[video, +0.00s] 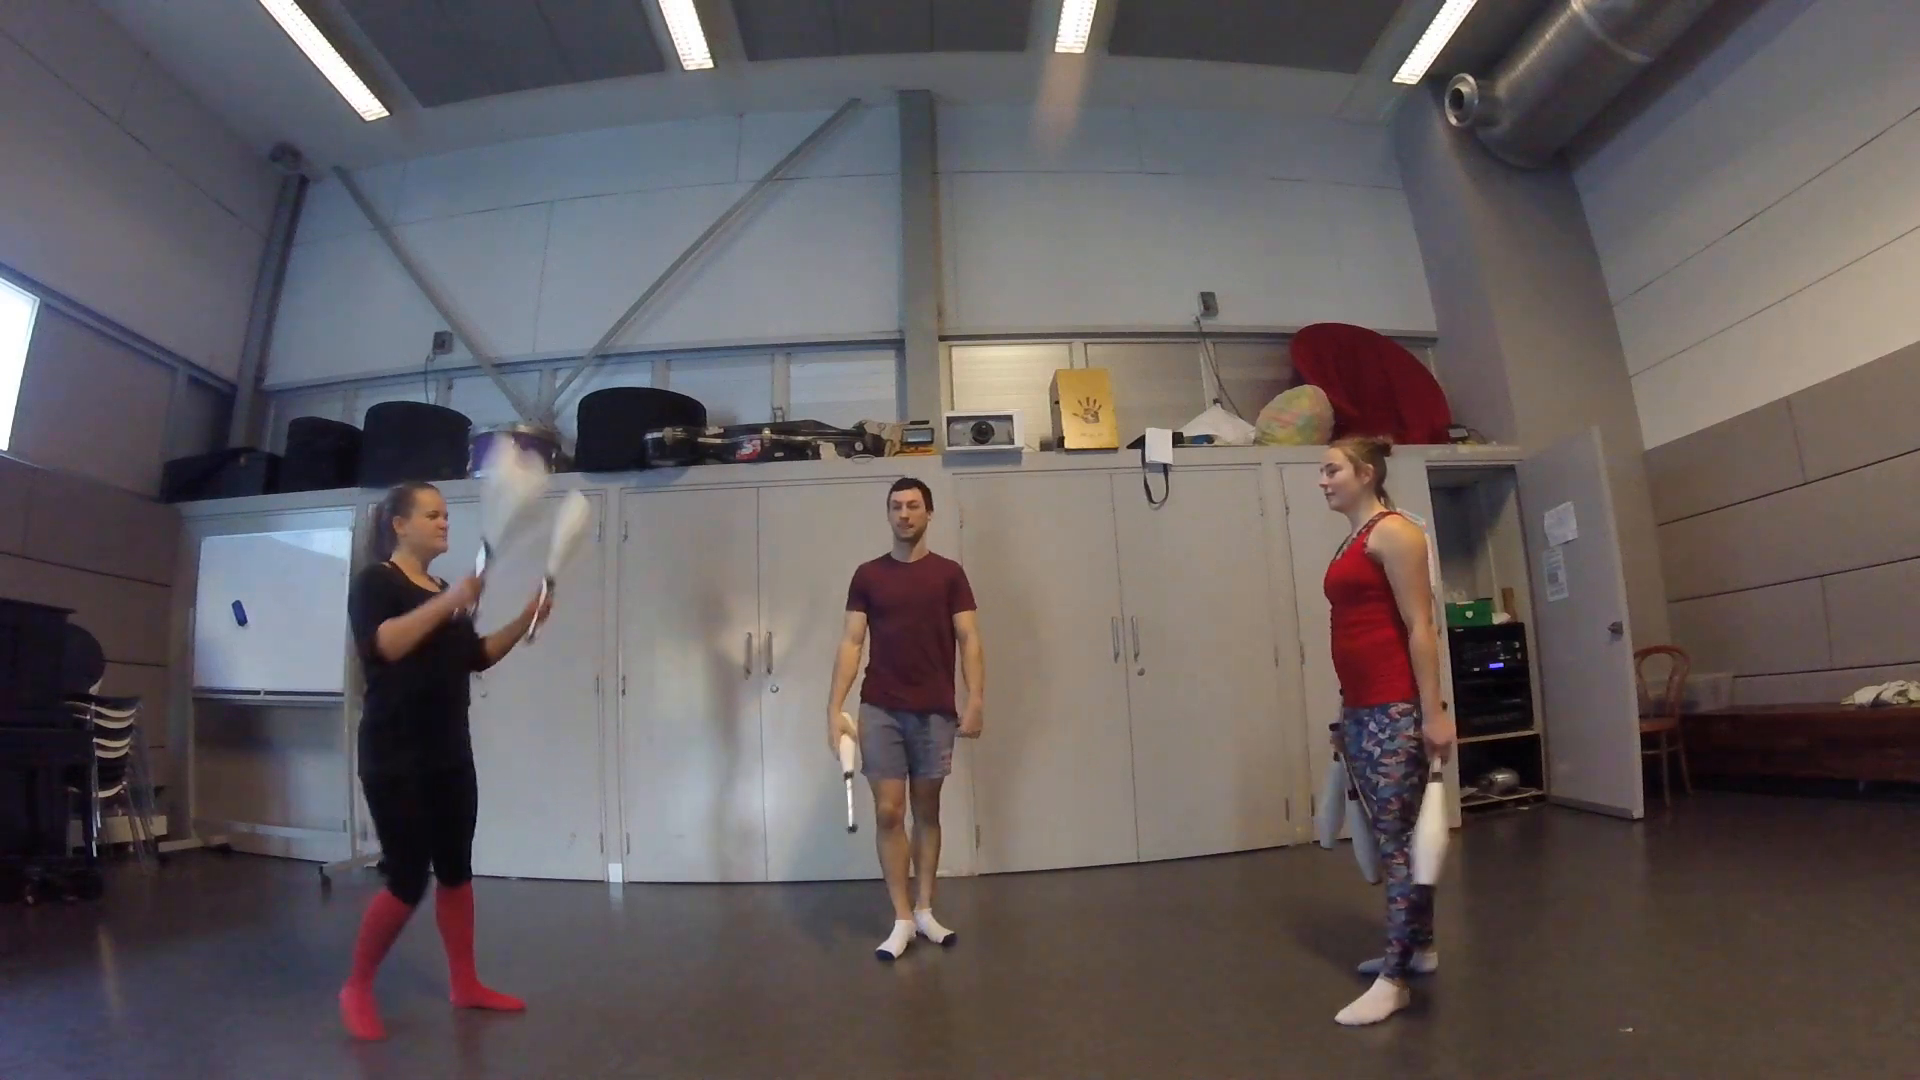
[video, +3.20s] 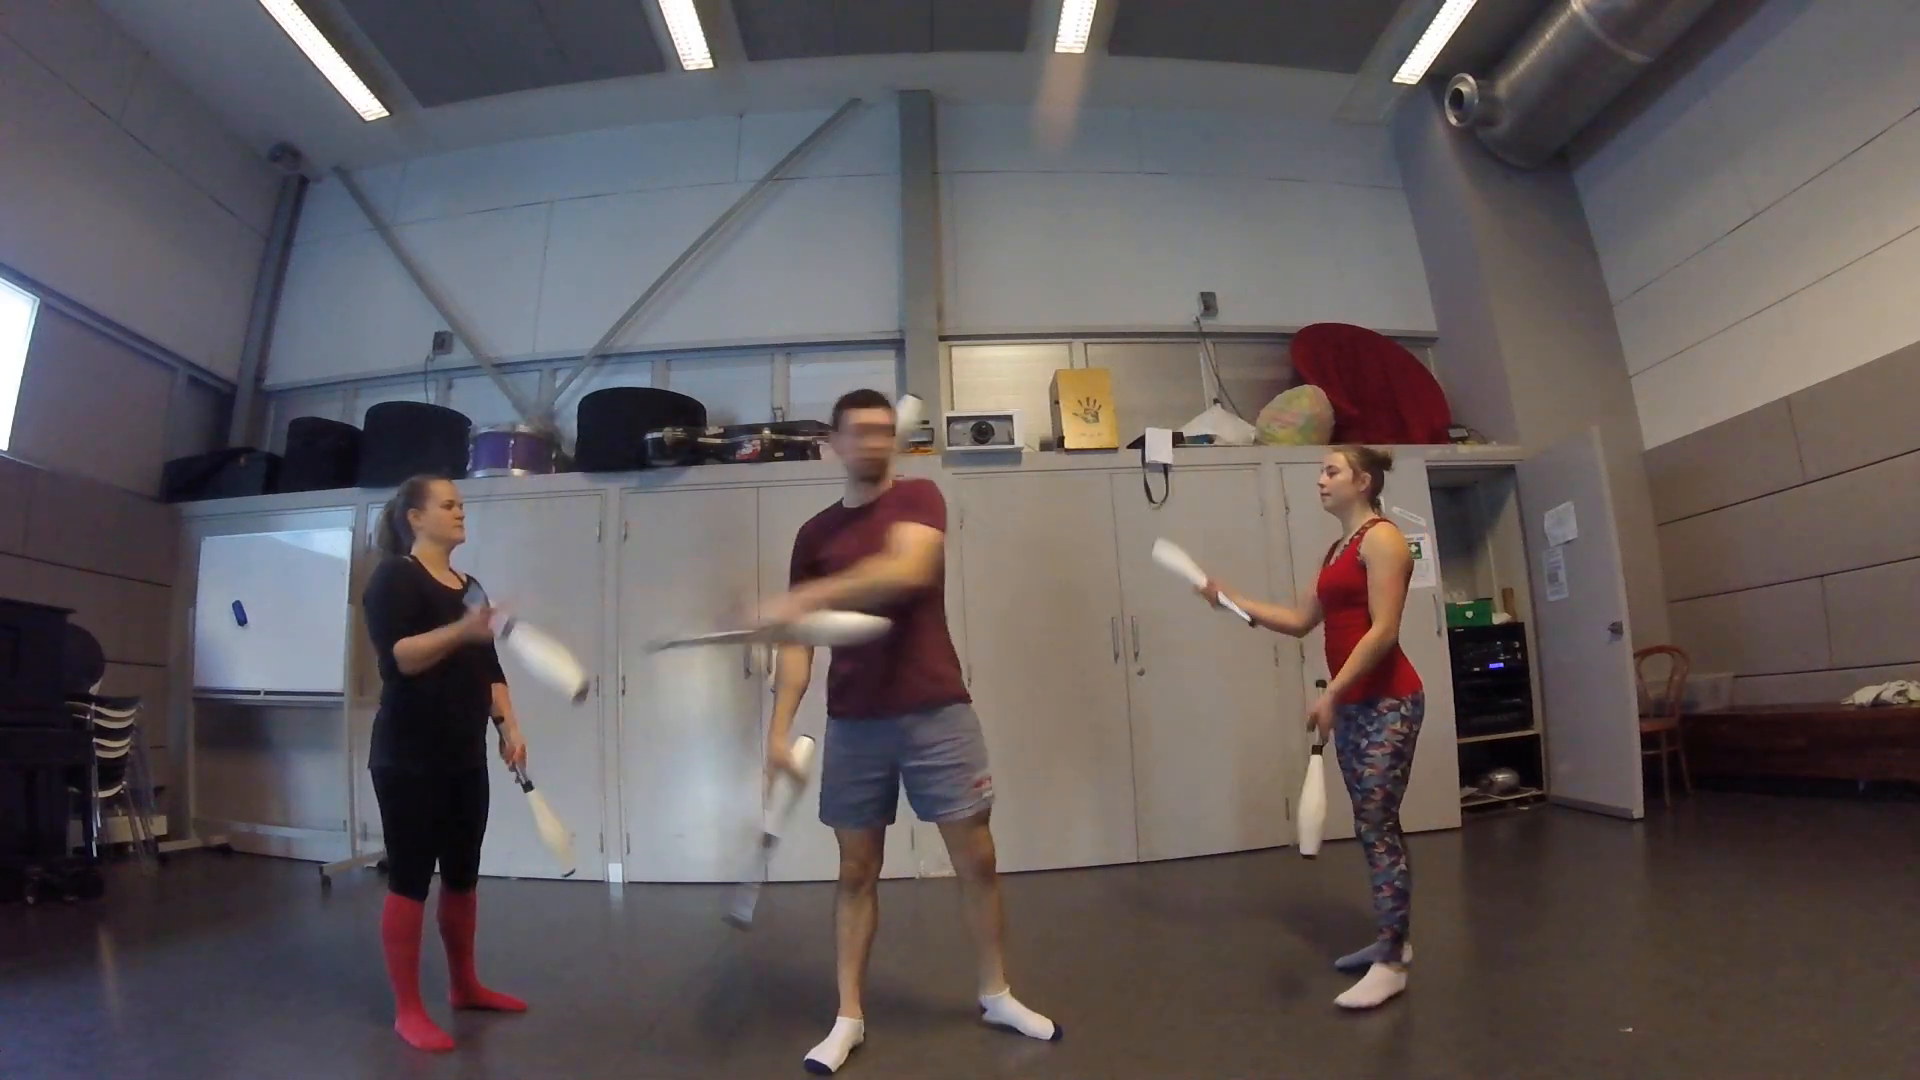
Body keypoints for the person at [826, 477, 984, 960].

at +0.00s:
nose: (904, 513)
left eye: (912, 506)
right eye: (897, 507)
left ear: (928, 515)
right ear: (887, 516)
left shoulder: (948, 572)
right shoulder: (868, 574)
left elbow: (969, 638)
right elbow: (851, 643)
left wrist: (975, 700)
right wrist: (835, 707)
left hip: (934, 708)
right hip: (880, 707)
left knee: (926, 810)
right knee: (888, 813)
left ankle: (925, 910)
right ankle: (902, 920)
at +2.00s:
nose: (885, 472)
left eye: (896, 463)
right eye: (883, 464)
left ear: (930, 473)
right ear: (887, 476)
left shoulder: (966, 548)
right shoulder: (866, 551)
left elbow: (992, 631)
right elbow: (846, 634)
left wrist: (1007, 713)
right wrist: (832, 713)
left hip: (952, 719)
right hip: (882, 722)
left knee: (961, 847)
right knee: (874, 852)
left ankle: (968, 976)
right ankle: (908, 925)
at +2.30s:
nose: (862, 460)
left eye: (873, 450)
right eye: (860, 452)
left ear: (912, 455)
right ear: (876, 462)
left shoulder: (958, 532)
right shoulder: (853, 542)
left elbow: (987, 617)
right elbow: (837, 633)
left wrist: (983, 691)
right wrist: (821, 719)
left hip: (947, 724)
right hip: (873, 723)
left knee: (958, 854)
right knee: (861, 861)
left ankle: (965, 980)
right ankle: (847, 1014)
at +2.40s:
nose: (846, 460)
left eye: (856, 449)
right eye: (845, 451)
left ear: (897, 453)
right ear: (878, 457)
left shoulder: (946, 527)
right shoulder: (841, 541)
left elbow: (965, 617)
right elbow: (824, 634)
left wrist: (922, 674)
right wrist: (804, 719)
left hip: (940, 725)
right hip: (861, 725)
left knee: (956, 857)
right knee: (854, 863)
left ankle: (965, 981)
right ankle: (845, 1016)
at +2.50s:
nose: (831, 453)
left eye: (842, 442)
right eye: (832, 443)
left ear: (882, 446)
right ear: (858, 451)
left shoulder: (931, 517)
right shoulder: (827, 535)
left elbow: (923, 607)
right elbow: (813, 632)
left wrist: (837, 638)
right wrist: (786, 716)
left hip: (926, 716)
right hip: (849, 722)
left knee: (964, 855)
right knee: (849, 865)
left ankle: (971, 973)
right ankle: (845, 1015)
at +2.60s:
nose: (818, 451)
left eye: (827, 440)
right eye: (817, 442)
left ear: (868, 442)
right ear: (855, 445)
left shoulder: (915, 511)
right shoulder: (820, 535)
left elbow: (863, 583)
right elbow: (802, 630)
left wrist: (755, 596)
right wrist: (774, 711)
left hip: (917, 714)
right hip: (839, 720)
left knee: (966, 854)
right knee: (844, 866)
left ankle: (990, 971)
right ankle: (845, 1018)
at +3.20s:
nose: (876, 443)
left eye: (885, 432)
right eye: (862, 432)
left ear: (898, 440)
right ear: (833, 443)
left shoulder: (918, 498)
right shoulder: (814, 537)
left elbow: (910, 570)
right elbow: (797, 640)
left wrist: (807, 598)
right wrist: (779, 732)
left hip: (937, 711)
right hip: (857, 721)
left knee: (979, 860)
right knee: (856, 871)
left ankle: (996, 995)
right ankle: (848, 1017)